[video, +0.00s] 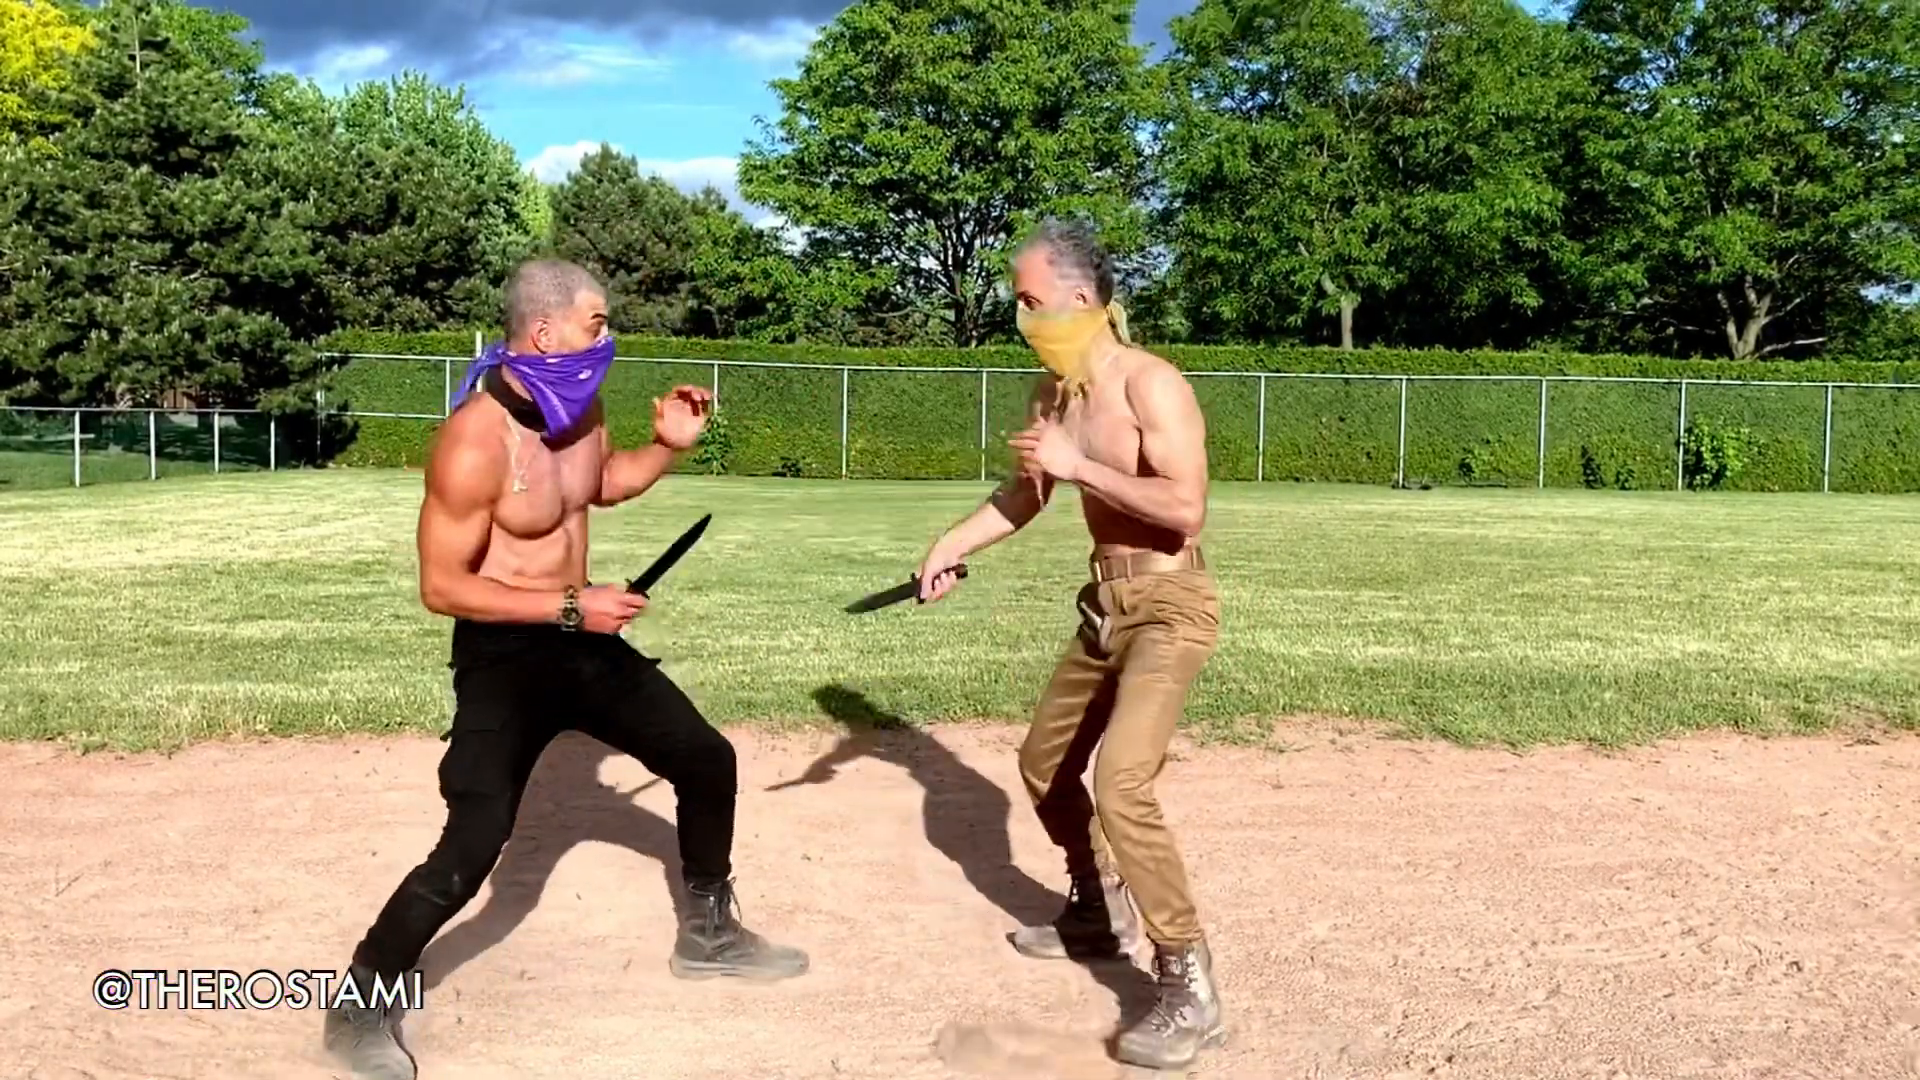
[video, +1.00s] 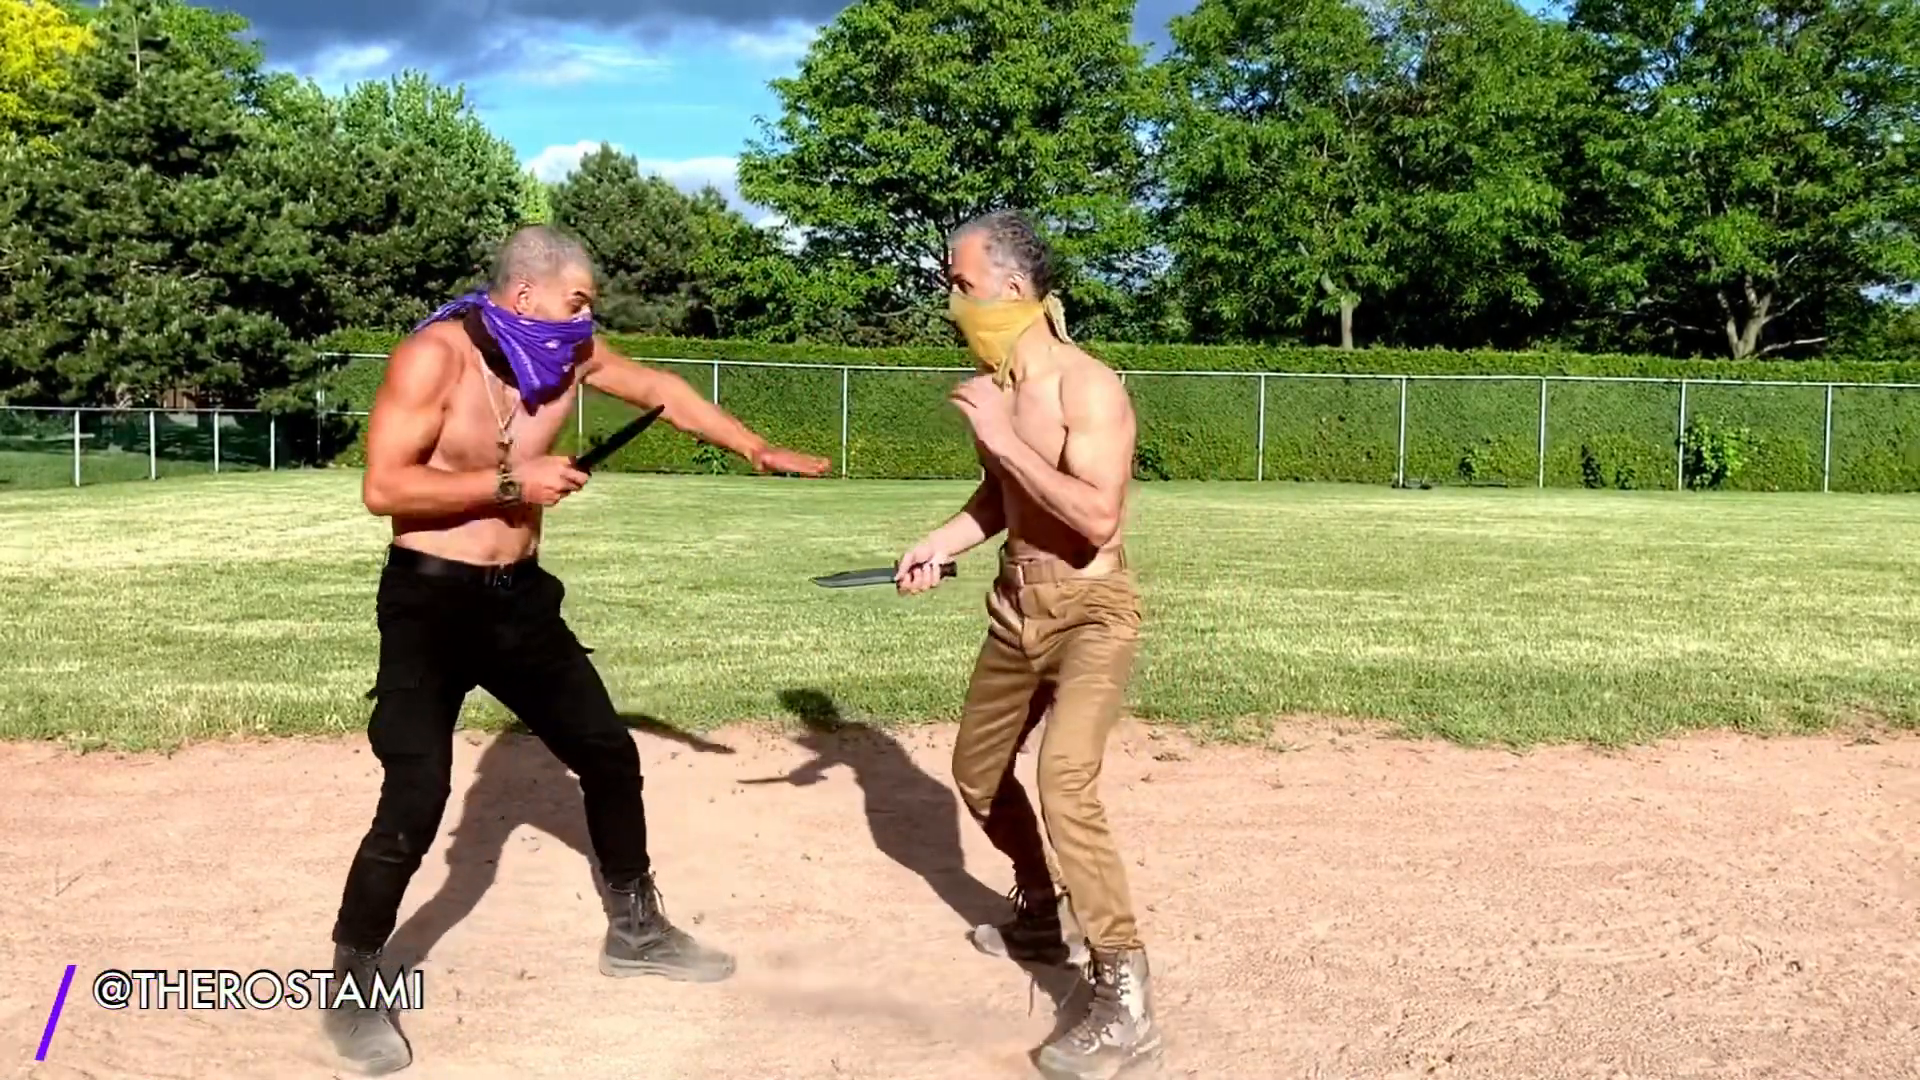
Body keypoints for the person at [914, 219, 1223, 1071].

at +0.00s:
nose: (1024, 320)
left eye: (1033, 302)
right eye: (1019, 305)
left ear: (1083, 295)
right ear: (1060, 300)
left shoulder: (1154, 386)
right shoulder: (1058, 393)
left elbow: (1183, 510)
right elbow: (1025, 495)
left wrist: (1075, 466)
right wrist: (951, 544)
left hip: (1171, 608)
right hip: (1105, 608)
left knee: (1118, 783)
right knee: (1045, 766)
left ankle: (1188, 985)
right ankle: (1094, 912)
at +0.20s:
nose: (1001, 307)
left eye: (1011, 291)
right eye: (999, 292)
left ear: (1060, 289)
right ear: (1060, 293)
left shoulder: (1093, 370)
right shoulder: (1086, 374)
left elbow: (1092, 478)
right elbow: (1112, 513)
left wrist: (1003, 435)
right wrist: (1047, 569)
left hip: (1140, 600)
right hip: (1113, 598)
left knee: (1087, 791)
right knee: (1069, 752)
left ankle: (1191, 984)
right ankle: (1110, 906)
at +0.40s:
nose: (1083, 266)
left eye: (1102, 257)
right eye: (1089, 251)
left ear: (1150, 284)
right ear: (1116, 277)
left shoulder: (1149, 393)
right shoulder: (1061, 364)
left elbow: (1148, 530)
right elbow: (1021, 464)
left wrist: (1047, 474)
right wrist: (933, 512)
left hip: (1082, 602)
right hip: (1028, 591)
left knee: (1052, 788)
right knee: (1007, 758)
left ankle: (1125, 998)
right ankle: (1079, 891)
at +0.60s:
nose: (1002, 289)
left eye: (1014, 275)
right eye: (1003, 274)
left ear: (1063, 281)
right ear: (1057, 280)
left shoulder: (1095, 376)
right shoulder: (1061, 379)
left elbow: (1067, 498)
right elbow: (1061, 515)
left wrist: (990, 423)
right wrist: (990, 550)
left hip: (1093, 608)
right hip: (1057, 604)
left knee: (1046, 793)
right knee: (997, 763)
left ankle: (1116, 1001)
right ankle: (1051, 904)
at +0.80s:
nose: (948, 312)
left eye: (957, 295)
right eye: (945, 297)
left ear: (1004, 289)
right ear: (992, 294)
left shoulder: (1070, 375)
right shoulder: (1019, 390)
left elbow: (1072, 493)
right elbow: (1053, 512)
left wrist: (975, 435)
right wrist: (997, 559)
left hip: (1114, 604)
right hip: (1057, 608)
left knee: (1074, 779)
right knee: (1006, 762)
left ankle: (1124, 1000)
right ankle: (1048, 912)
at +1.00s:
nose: (953, 303)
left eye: (962, 285)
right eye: (950, 286)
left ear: (1017, 285)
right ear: (1007, 286)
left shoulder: (1092, 384)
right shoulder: (1002, 387)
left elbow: (1101, 519)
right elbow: (1007, 493)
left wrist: (1000, 439)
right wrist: (948, 539)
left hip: (1094, 612)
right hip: (1017, 608)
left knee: (1063, 780)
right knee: (979, 772)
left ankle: (1124, 995)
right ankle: (1041, 897)